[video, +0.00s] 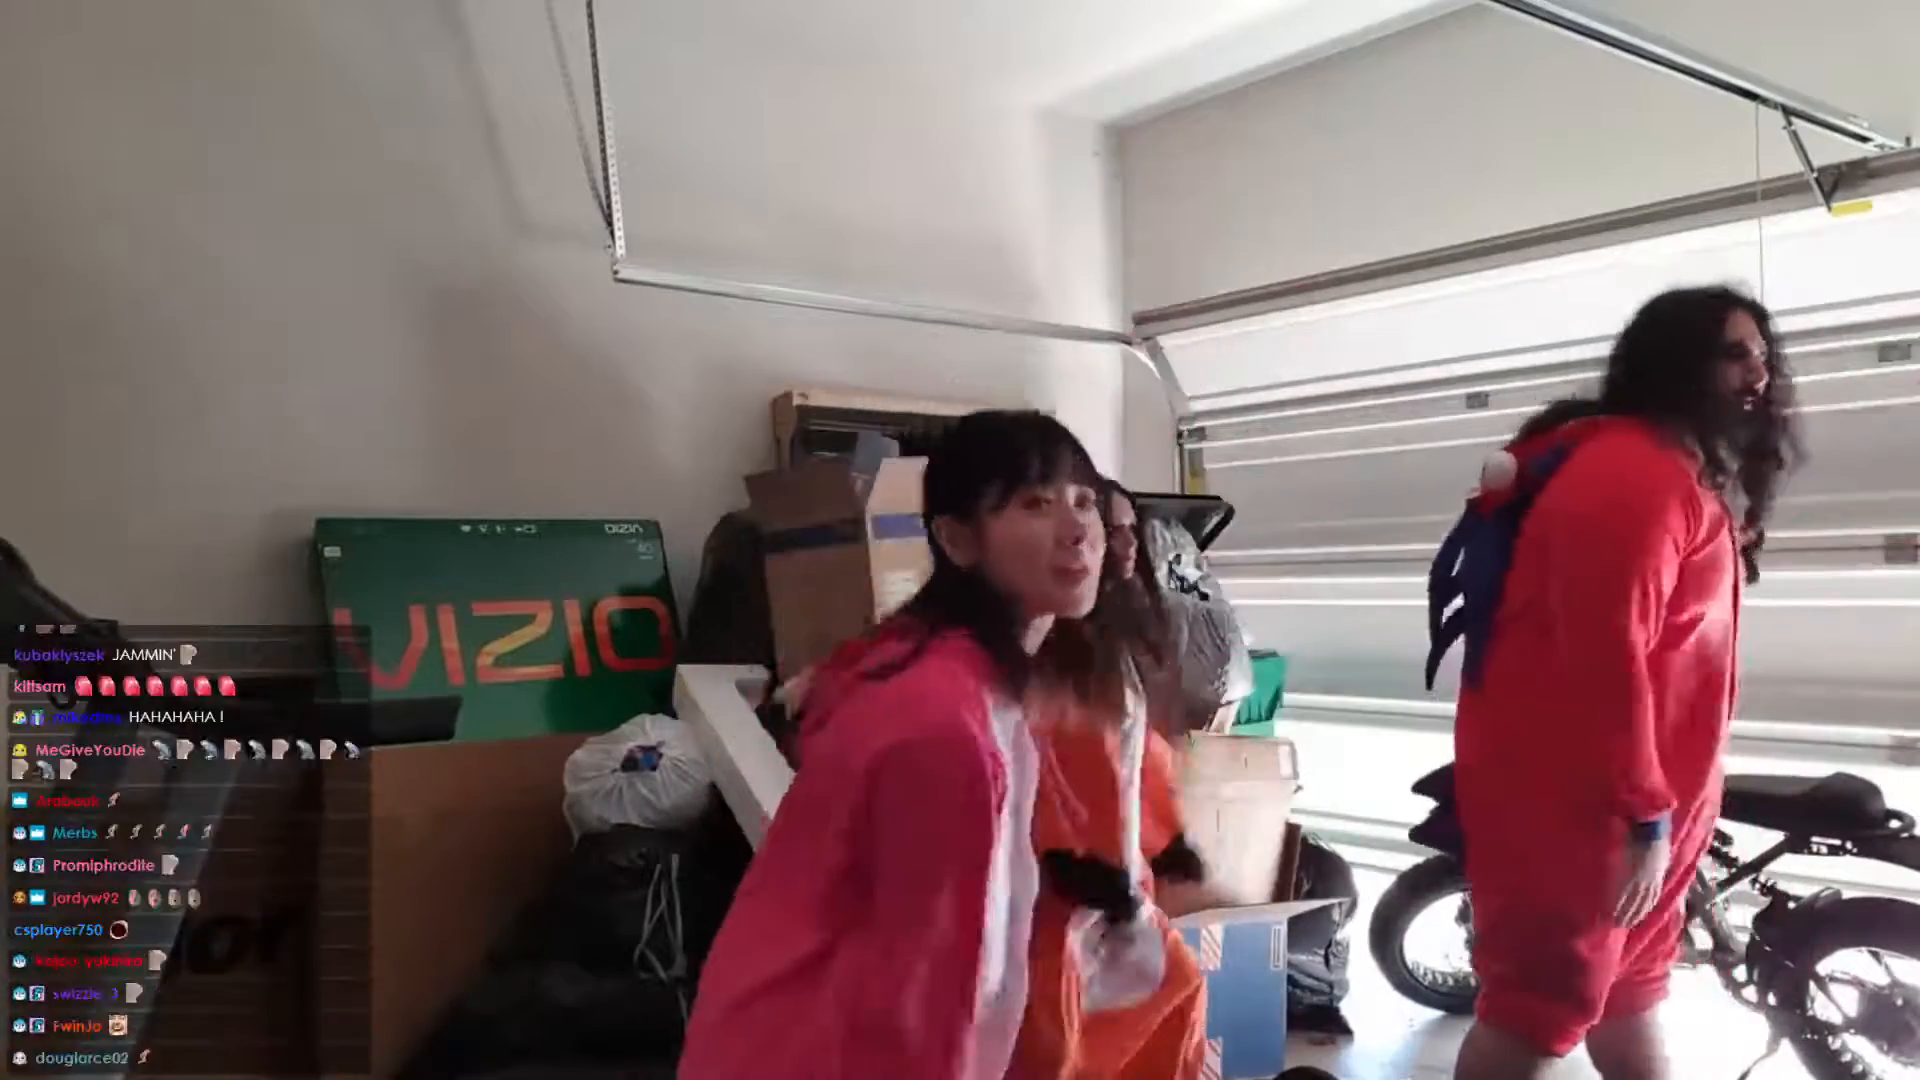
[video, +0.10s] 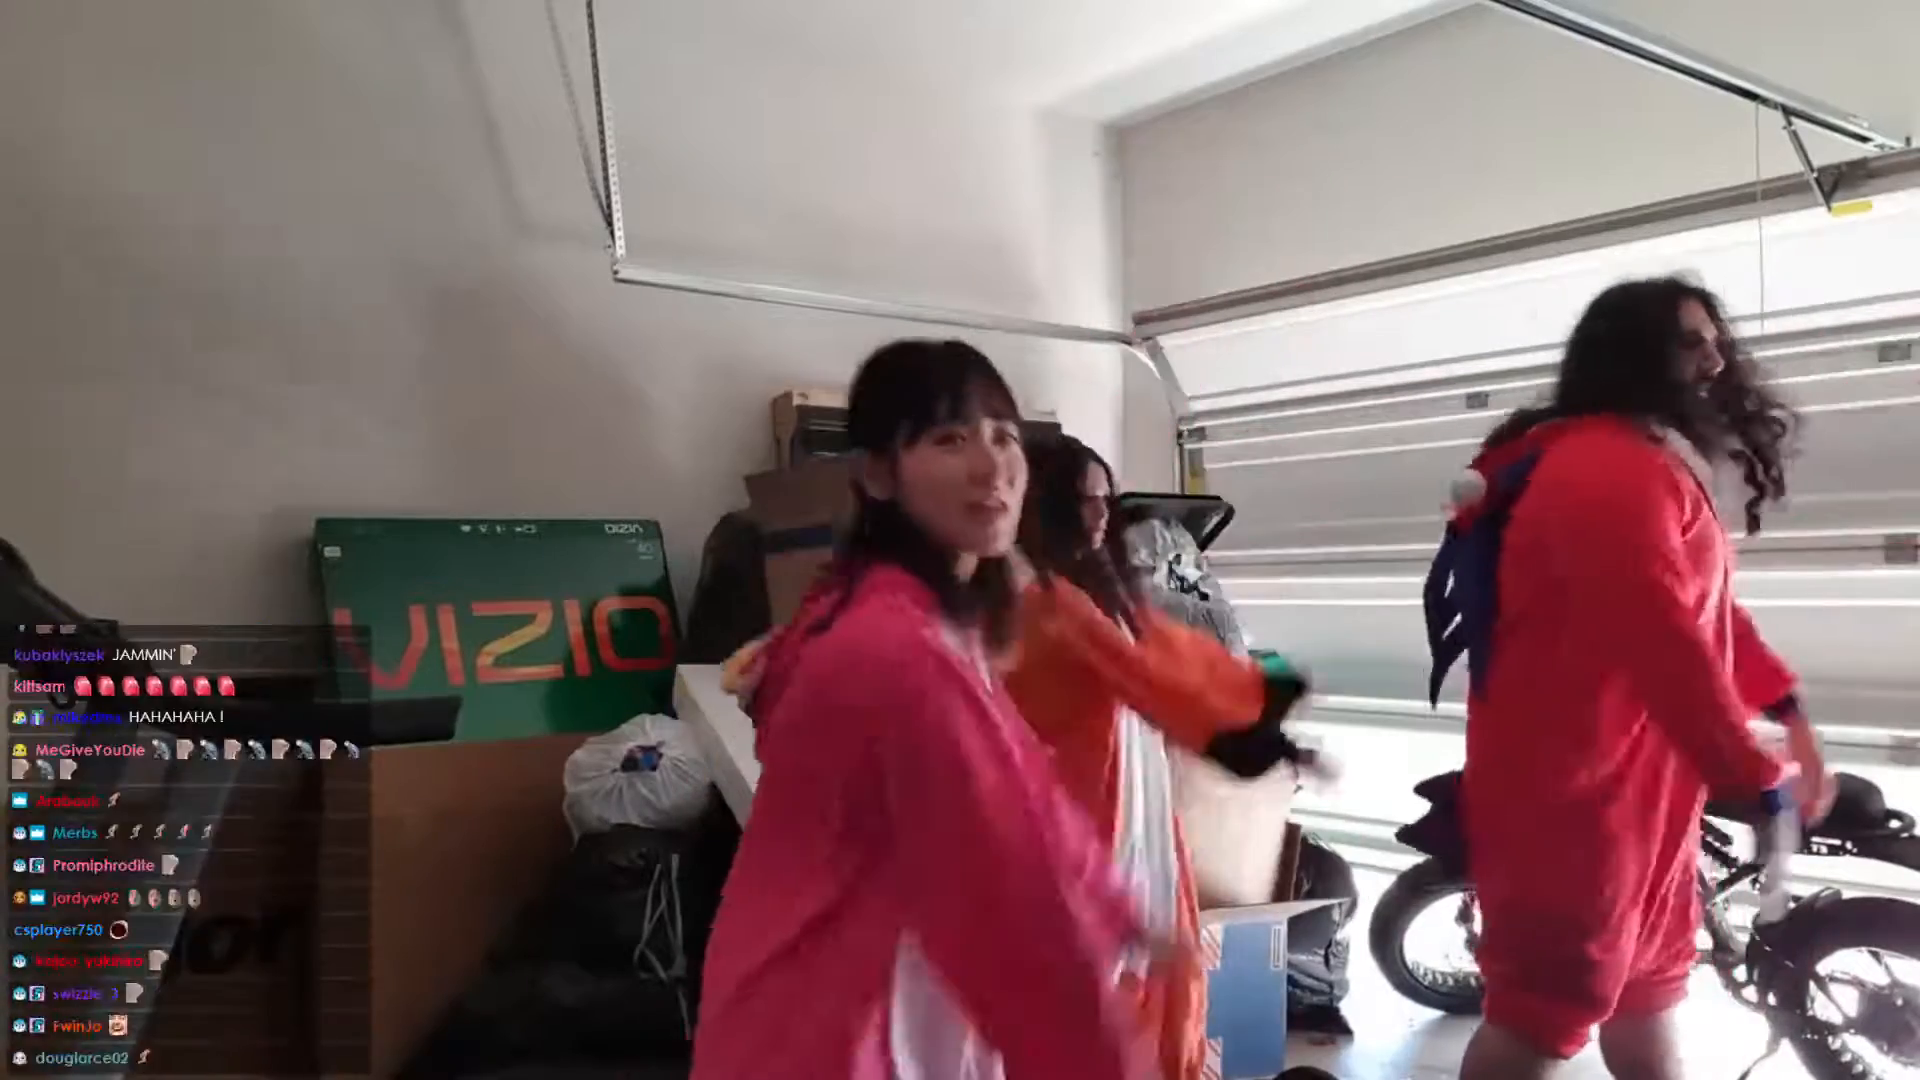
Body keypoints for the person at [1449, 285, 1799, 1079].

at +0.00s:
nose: (1758, 375)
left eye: (1764, 358)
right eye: (1735, 356)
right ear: (1679, 366)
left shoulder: (1690, 475)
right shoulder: (1633, 471)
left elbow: (1655, 651)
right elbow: (1602, 644)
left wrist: (1675, 809)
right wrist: (1647, 815)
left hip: (1641, 797)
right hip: (1564, 795)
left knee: (1626, 1006)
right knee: (1533, 1014)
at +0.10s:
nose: (1716, 363)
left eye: (1719, 345)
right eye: (1692, 345)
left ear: (1728, 353)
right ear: (1637, 359)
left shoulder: (1665, 465)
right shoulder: (1608, 470)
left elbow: (1709, 609)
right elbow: (1659, 638)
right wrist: (1751, 772)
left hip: (1643, 782)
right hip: (1567, 788)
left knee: (1645, 999)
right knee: (1541, 1017)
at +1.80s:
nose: (1662, 356)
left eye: (1674, 339)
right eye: (1636, 340)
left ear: (1693, 356)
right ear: (1588, 357)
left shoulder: (1663, 462)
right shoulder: (1579, 466)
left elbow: (1695, 614)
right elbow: (1634, 639)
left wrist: (1756, 710)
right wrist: (1729, 775)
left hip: (1660, 769)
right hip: (1581, 776)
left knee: (1640, 1003)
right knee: (1554, 1014)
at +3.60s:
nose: (1646, 366)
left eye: (1656, 349)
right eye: (1620, 349)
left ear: (1669, 364)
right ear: (1569, 364)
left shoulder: (1623, 471)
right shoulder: (1560, 477)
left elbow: (1688, 607)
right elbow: (1662, 631)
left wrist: (1761, 678)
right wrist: (1784, 747)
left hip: (1633, 794)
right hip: (1565, 800)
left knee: (1638, 1001)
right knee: (1548, 1022)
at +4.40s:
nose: (1733, 387)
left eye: (1729, 367)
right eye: (1718, 367)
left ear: (1621, 370)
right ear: (1673, 378)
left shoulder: (1649, 472)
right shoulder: (1600, 475)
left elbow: (1661, 651)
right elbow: (1615, 660)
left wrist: (1683, 794)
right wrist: (1677, 806)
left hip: (1619, 782)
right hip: (1562, 788)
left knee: (1641, 995)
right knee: (1563, 1019)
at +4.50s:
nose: (1675, 380)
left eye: (1673, 359)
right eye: (1661, 361)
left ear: (1562, 365)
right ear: (1622, 370)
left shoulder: (1591, 462)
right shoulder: (1572, 470)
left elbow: (1676, 603)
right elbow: (1690, 611)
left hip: (1633, 796)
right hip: (1569, 808)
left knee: (1646, 995)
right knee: (1561, 1020)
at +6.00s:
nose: (1671, 370)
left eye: (1684, 352)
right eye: (1645, 350)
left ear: (1699, 369)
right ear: (1593, 365)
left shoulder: (1654, 473)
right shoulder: (1587, 479)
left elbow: (1700, 632)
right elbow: (1676, 643)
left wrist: (1770, 681)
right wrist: (1816, 738)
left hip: (1658, 786)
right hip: (1587, 793)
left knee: (1660, 1000)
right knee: (1576, 1020)